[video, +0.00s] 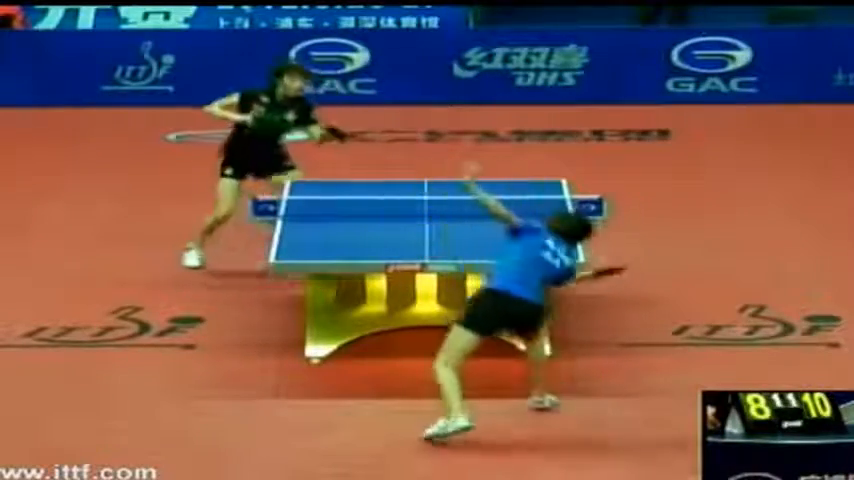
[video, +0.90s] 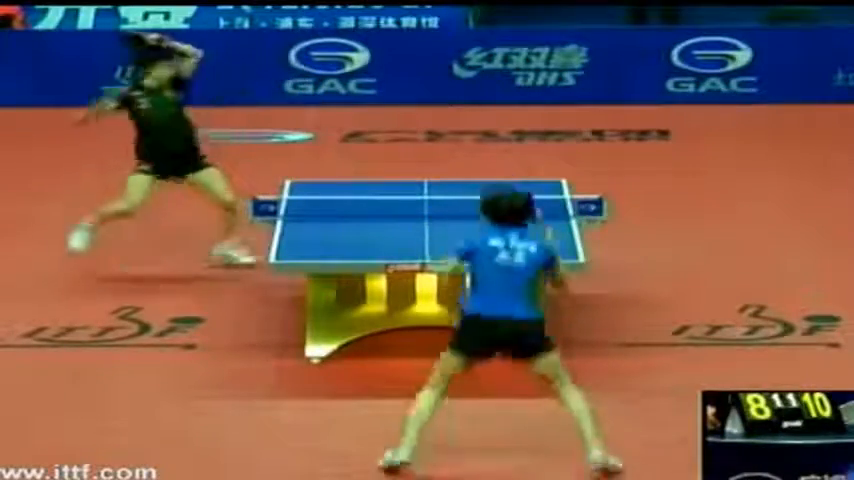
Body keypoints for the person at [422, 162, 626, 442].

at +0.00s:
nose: (553, 217)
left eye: (557, 216)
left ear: (555, 222)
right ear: (574, 238)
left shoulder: (531, 229)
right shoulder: (565, 261)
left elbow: (498, 211)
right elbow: (561, 281)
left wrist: (472, 186)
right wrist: (593, 275)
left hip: (496, 296)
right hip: (530, 308)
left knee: (445, 362)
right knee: (537, 339)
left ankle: (456, 416)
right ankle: (539, 393)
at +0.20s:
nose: (534, 208)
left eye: (537, 206)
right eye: (535, 206)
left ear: (542, 210)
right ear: (565, 218)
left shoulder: (532, 223)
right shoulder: (563, 246)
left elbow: (513, 212)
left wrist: (489, 187)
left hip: (508, 294)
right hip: (541, 304)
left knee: (428, 336)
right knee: (537, 336)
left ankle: (463, 391)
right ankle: (539, 393)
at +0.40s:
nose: (502, 191)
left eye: (505, 187)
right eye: (503, 188)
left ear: (511, 188)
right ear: (539, 189)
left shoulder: (509, 205)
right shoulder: (552, 219)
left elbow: (479, 223)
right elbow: (547, 256)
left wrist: (447, 209)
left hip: (506, 287)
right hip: (542, 293)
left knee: (436, 338)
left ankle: (438, 405)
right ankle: (543, 400)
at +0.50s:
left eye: (491, 202)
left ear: (494, 205)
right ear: (524, 204)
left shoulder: (492, 231)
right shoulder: (542, 235)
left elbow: (454, 261)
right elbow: (554, 279)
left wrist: (437, 258)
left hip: (498, 307)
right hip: (535, 309)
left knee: (447, 365)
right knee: (535, 352)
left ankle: (445, 431)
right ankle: (552, 411)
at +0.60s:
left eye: (481, 207)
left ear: (481, 210)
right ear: (513, 210)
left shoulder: (473, 234)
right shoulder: (529, 236)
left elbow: (440, 266)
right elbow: (553, 276)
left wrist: (428, 257)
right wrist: (533, 270)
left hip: (488, 311)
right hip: (528, 311)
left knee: (450, 370)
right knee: (542, 357)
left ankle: (448, 437)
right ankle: (555, 411)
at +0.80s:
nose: (475, 203)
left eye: (477, 199)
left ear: (483, 200)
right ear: (517, 200)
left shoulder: (474, 221)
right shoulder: (531, 225)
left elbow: (439, 255)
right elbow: (554, 265)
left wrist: (430, 261)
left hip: (478, 300)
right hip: (523, 302)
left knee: (445, 366)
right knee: (551, 363)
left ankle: (433, 435)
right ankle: (584, 428)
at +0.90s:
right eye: (527, 209)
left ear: (491, 216)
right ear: (525, 217)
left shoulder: (478, 244)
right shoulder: (540, 248)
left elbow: (450, 277)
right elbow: (559, 285)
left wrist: (452, 310)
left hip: (479, 323)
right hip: (524, 325)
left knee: (436, 384)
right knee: (563, 385)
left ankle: (404, 449)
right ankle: (595, 450)